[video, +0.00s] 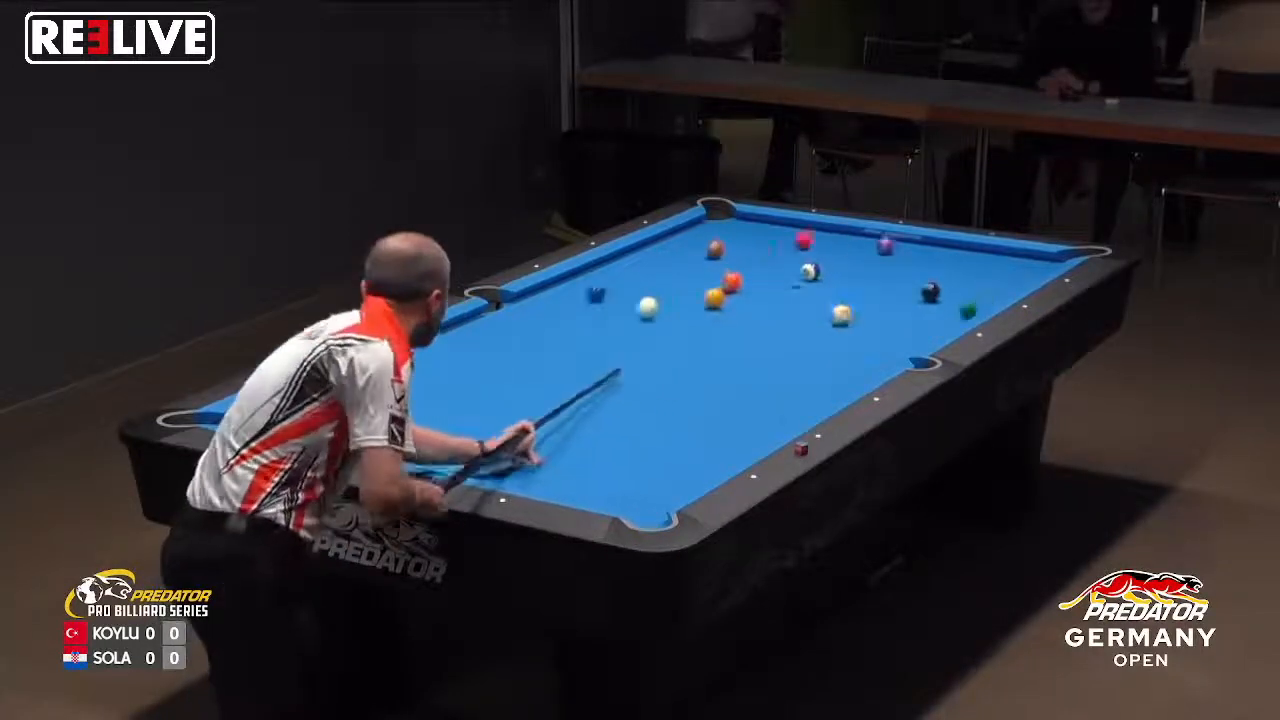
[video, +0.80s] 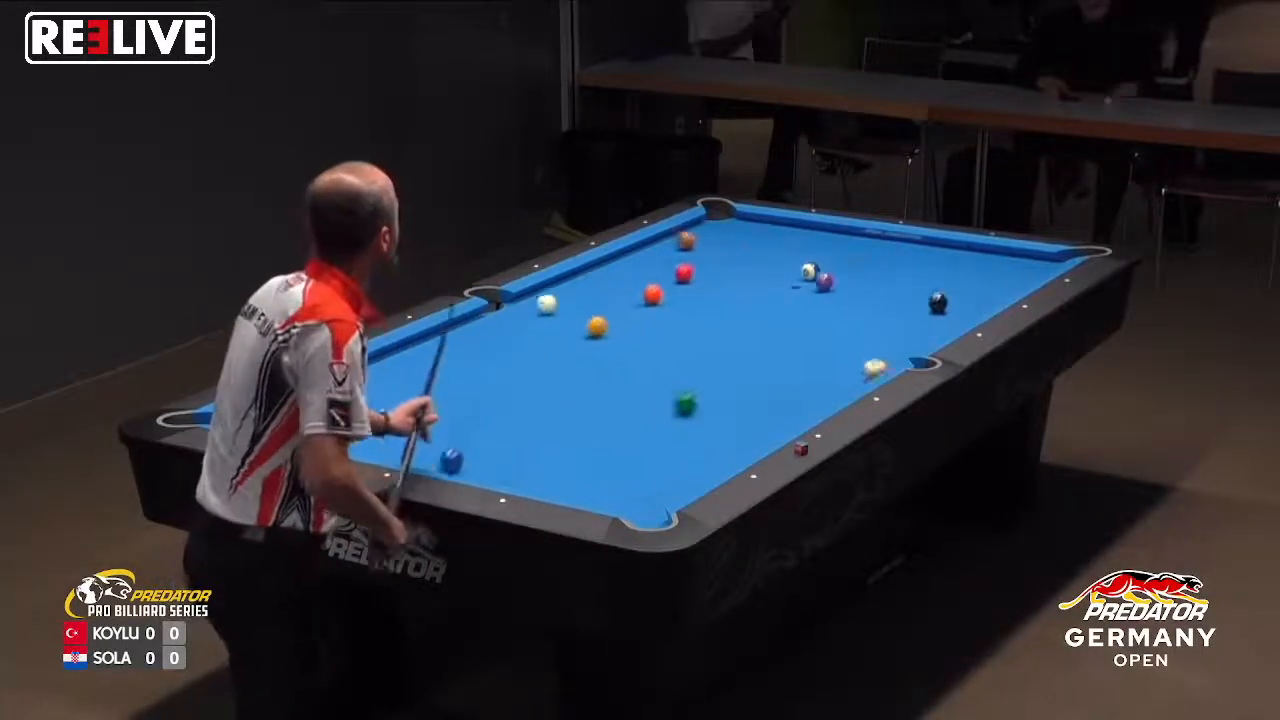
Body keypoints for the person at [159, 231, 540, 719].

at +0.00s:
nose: (447, 306)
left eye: (444, 294)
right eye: (447, 296)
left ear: (370, 285)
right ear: (435, 300)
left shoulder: (341, 331)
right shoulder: (377, 354)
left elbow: (389, 431)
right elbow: (381, 494)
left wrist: (481, 450)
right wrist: (419, 494)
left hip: (200, 538)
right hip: (246, 550)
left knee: (248, 698)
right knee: (279, 699)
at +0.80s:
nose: (398, 233)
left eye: (396, 219)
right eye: (397, 221)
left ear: (316, 223)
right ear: (384, 238)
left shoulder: (274, 292)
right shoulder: (332, 326)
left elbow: (290, 407)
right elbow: (326, 474)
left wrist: (386, 422)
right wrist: (387, 525)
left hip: (216, 537)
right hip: (264, 556)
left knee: (263, 695)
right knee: (286, 698)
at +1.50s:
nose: (354, 156)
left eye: (353, 143)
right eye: (353, 145)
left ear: (276, 148)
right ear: (339, 156)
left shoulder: (232, 232)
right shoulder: (313, 257)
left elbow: (244, 363)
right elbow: (348, 413)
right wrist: (389, 461)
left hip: (241, 473)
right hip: (303, 484)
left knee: (277, 651)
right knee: (329, 651)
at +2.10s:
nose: (334, 174)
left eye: (331, 161)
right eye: (332, 162)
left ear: (249, 168)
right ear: (320, 174)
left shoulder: (207, 261)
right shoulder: (314, 291)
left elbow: (196, 384)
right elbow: (358, 451)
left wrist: (227, 453)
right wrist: (405, 511)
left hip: (246, 500)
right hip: (317, 508)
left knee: (280, 663)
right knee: (349, 662)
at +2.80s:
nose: (336, 228)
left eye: (333, 212)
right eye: (335, 215)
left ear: (245, 215)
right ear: (320, 230)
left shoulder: (184, 316)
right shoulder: (324, 353)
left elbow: (179, 447)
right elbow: (372, 510)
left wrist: (194, 544)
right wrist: (421, 610)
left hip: (231, 571)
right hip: (316, 579)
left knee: (259, 705)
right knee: (335, 704)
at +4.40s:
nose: (254, 203)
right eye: (253, 192)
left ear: (160, 203)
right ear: (244, 202)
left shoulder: (106, 302)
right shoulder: (271, 321)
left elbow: (86, 441)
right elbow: (314, 473)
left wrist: (106, 502)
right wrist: (337, 565)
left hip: (151, 539)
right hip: (251, 544)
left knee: (155, 689)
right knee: (270, 689)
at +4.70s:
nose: (188, 182)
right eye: (187, 172)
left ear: (103, 176)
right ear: (180, 182)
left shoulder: (46, 279)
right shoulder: (218, 291)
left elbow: (17, 423)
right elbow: (258, 440)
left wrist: (52, 446)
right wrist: (270, 522)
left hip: (94, 522)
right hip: (191, 521)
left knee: (124, 694)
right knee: (239, 682)